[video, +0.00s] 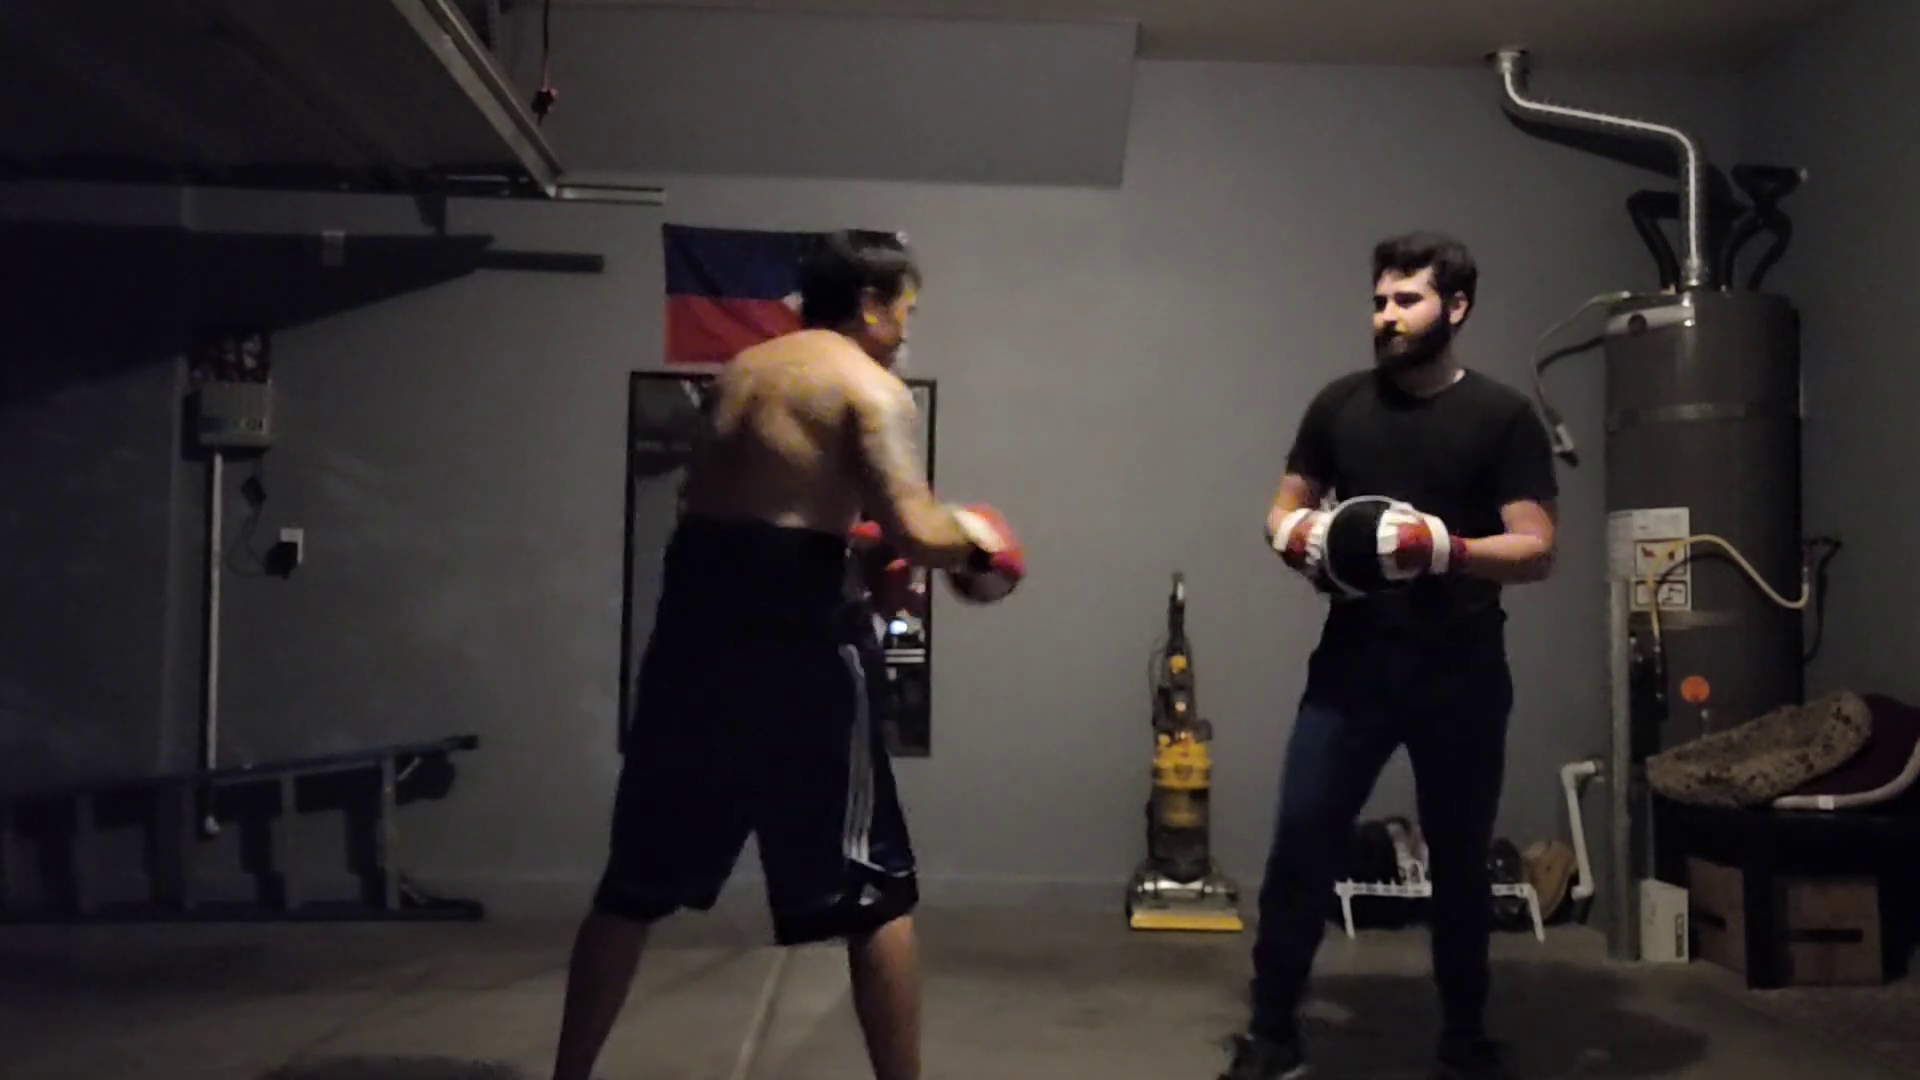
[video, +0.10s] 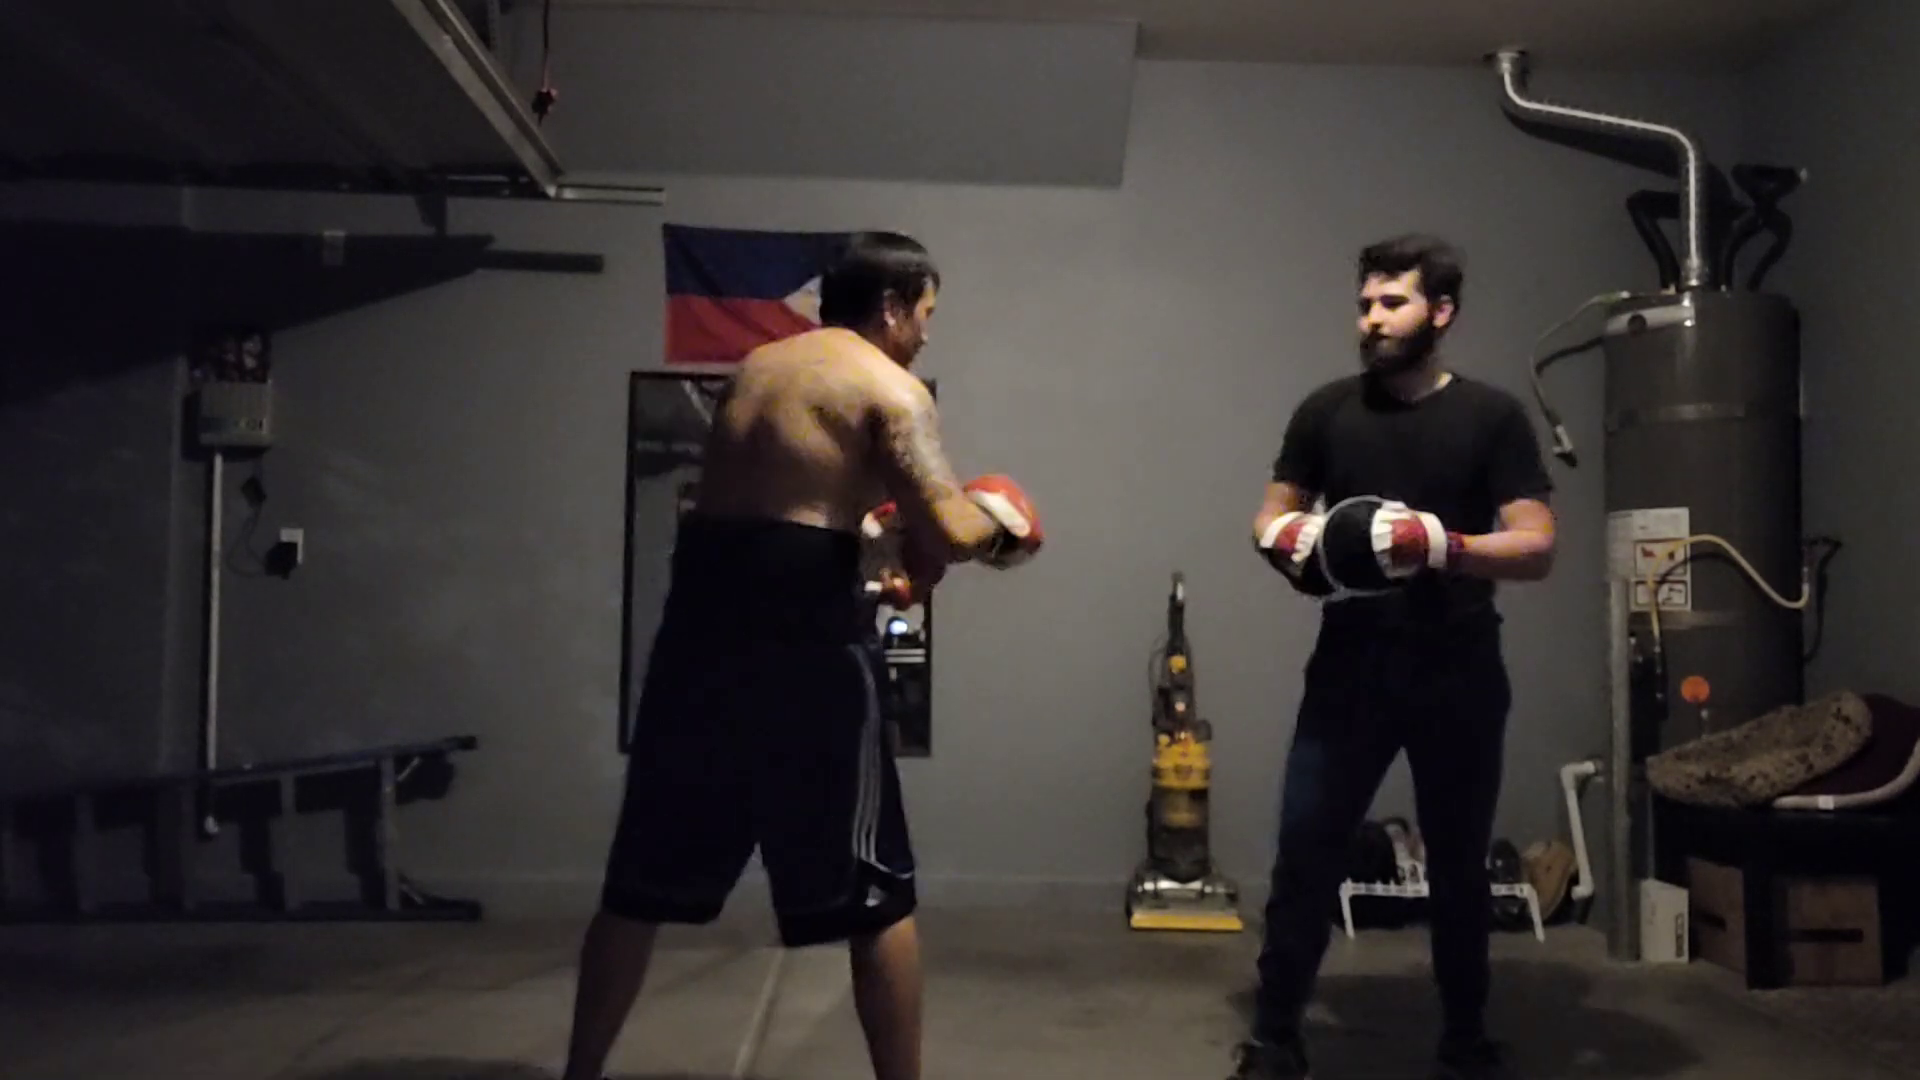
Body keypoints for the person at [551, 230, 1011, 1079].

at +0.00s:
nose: (908, 328)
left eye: (910, 311)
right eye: (904, 310)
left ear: (816, 299)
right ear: (869, 307)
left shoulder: (742, 369)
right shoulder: (871, 388)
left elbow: (730, 521)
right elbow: (917, 529)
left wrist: (857, 563)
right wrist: (976, 535)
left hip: (694, 650)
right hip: (803, 657)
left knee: (632, 883)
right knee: (877, 892)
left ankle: (569, 1070)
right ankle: (901, 1073)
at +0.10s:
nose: (928, 332)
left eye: (931, 316)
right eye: (927, 314)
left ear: (836, 301)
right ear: (895, 310)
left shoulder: (756, 365)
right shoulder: (888, 388)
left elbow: (751, 520)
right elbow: (953, 532)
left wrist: (876, 561)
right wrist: (1001, 520)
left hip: (699, 653)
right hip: (810, 663)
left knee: (639, 881)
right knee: (877, 894)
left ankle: (580, 1069)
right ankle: (901, 1072)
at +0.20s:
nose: (922, 324)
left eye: (924, 307)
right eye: (920, 306)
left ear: (833, 293)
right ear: (888, 302)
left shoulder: (755, 362)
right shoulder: (888, 385)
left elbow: (751, 517)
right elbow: (954, 525)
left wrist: (867, 560)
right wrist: (997, 500)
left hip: (701, 661)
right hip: (812, 672)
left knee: (640, 886)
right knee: (875, 899)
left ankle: (580, 1069)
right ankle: (899, 1073)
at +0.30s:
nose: (902, 312)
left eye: (902, 294)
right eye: (897, 295)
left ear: (812, 289)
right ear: (864, 295)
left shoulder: (738, 361)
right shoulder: (869, 375)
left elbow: (740, 512)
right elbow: (931, 519)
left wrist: (863, 553)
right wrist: (975, 501)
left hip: (700, 654)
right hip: (808, 660)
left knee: (643, 884)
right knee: (867, 900)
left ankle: (579, 1068)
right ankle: (897, 1071)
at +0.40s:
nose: (874, 311)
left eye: (872, 295)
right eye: (866, 296)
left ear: (786, 295)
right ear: (830, 296)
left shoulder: (711, 370)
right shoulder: (835, 377)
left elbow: (721, 530)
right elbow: (879, 525)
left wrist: (847, 564)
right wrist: (932, 511)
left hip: (682, 666)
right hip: (790, 668)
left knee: (638, 891)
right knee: (860, 903)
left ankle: (581, 1070)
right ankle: (896, 1073)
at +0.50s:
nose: (836, 318)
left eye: (834, 301)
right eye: (829, 301)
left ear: (746, 302)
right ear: (796, 300)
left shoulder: (674, 383)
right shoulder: (800, 380)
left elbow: (696, 544)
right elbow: (816, 525)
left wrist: (845, 574)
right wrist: (877, 534)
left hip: (668, 675)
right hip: (778, 678)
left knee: (625, 900)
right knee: (865, 895)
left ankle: (576, 1072)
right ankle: (901, 1071)